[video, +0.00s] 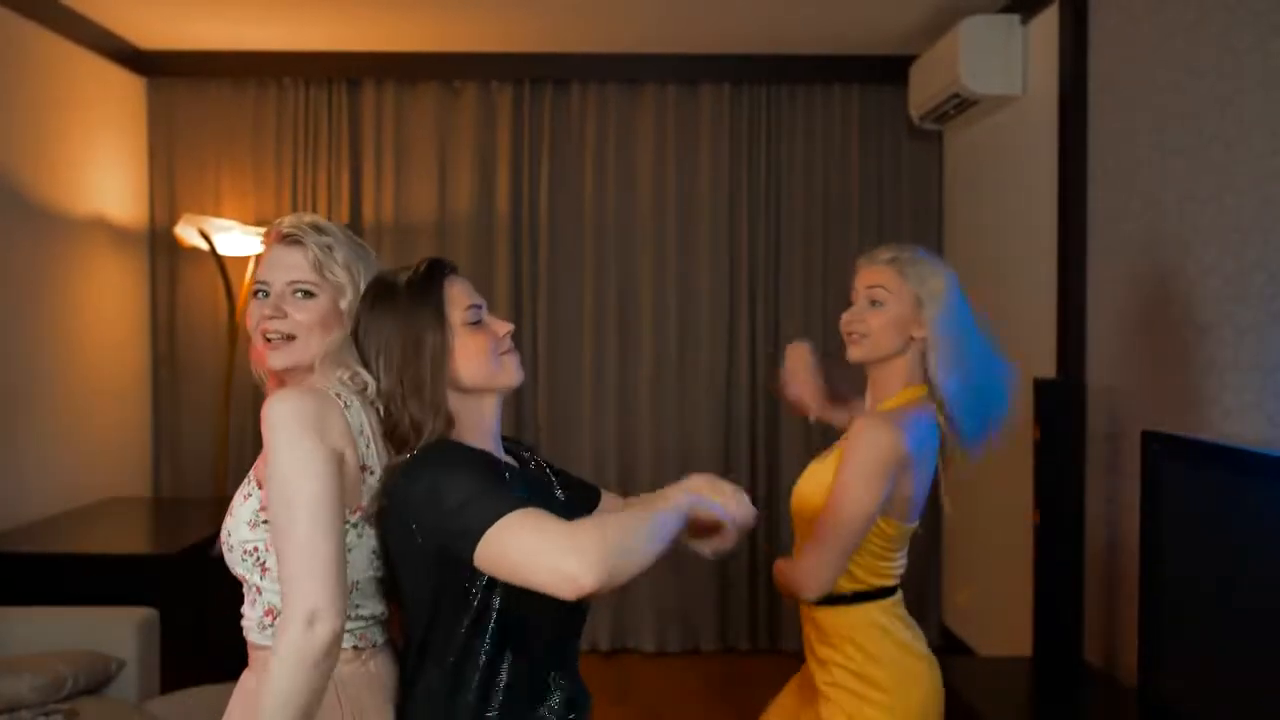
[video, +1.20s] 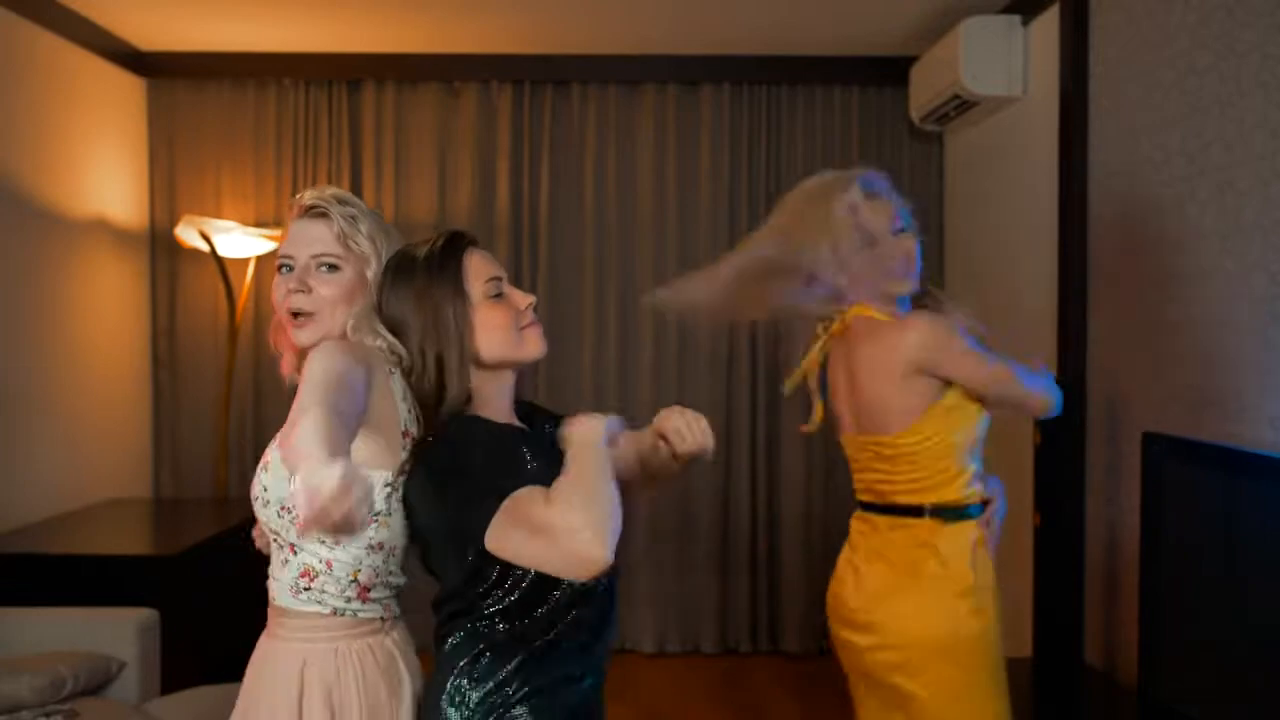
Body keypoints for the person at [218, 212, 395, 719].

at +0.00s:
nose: (272, 310)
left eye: (302, 293)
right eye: (261, 292)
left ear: (351, 309)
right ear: (248, 304)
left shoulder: (297, 408)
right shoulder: (361, 403)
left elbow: (315, 623)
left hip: (315, 688)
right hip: (366, 678)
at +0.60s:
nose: (288, 298)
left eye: (318, 281)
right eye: (277, 279)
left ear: (369, 297)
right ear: (264, 293)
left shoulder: (318, 390)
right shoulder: (379, 387)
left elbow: (281, 600)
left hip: (328, 681)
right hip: (388, 666)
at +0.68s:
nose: (291, 305)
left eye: (323, 288)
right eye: (281, 287)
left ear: (371, 305)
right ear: (267, 299)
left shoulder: (320, 395)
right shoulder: (385, 393)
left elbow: (276, 602)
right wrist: (246, 526)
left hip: (327, 684)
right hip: (391, 668)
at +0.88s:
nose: (298, 309)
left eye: (329, 292)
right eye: (287, 291)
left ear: (377, 307)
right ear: (274, 302)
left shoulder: (333, 390)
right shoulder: (388, 390)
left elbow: (280, 560)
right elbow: (322, 480)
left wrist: (262, 710)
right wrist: (254, 554)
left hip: (333, 688)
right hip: (384, 675)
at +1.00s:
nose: (298, 301)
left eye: (328, 284)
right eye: (287, 283)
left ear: (378, 298)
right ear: (274, 294)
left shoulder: (334, 376)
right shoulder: (387, 381)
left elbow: (298, 500)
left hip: (337, 672)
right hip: (388, 659)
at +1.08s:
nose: (296, 293)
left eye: (326, 276)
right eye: (285, 275)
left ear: (376, 291)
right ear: (273, 286)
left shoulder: (334, 367)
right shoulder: (383, 375)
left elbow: (309, 459)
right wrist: (290, 545)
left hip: (328, 669)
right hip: (384, 651)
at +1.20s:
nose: (297, 285)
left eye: (327, 267)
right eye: (287, 266)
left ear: (374, 284)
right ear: (274, 279)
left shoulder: (339, 358)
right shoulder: (378, 365)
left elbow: (321, 424)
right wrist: (282, 521)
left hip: (317, 661)